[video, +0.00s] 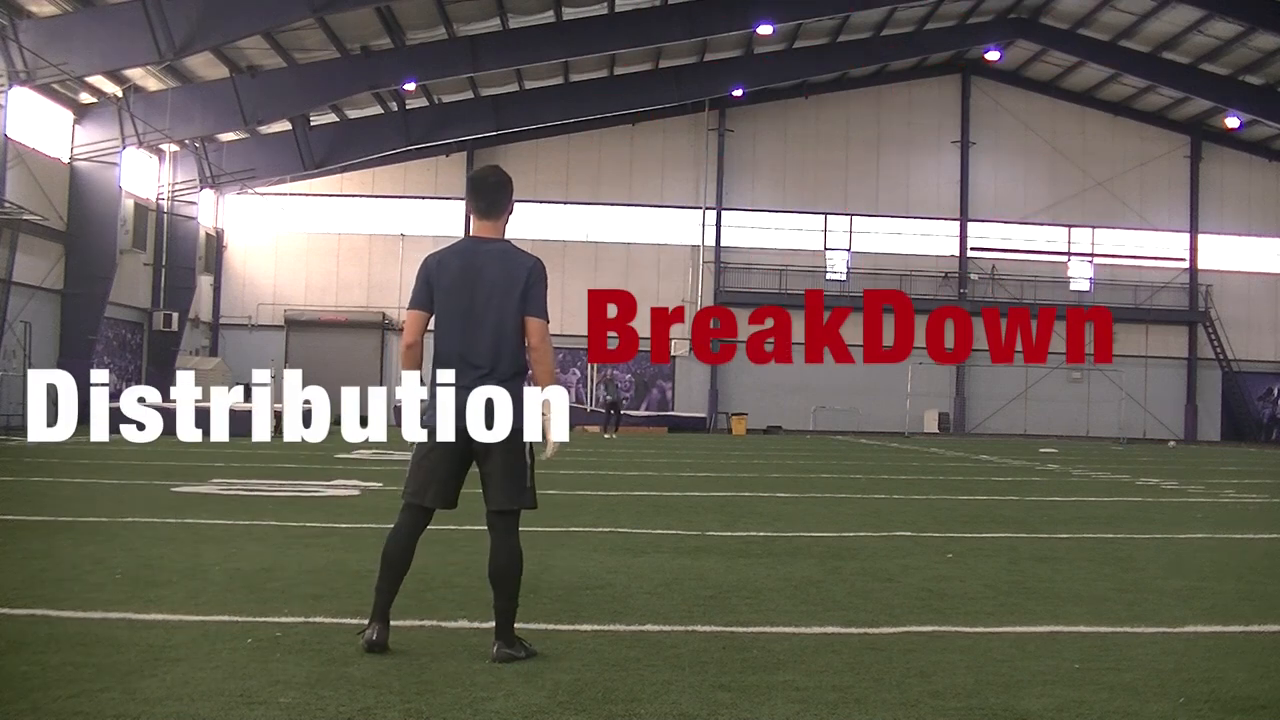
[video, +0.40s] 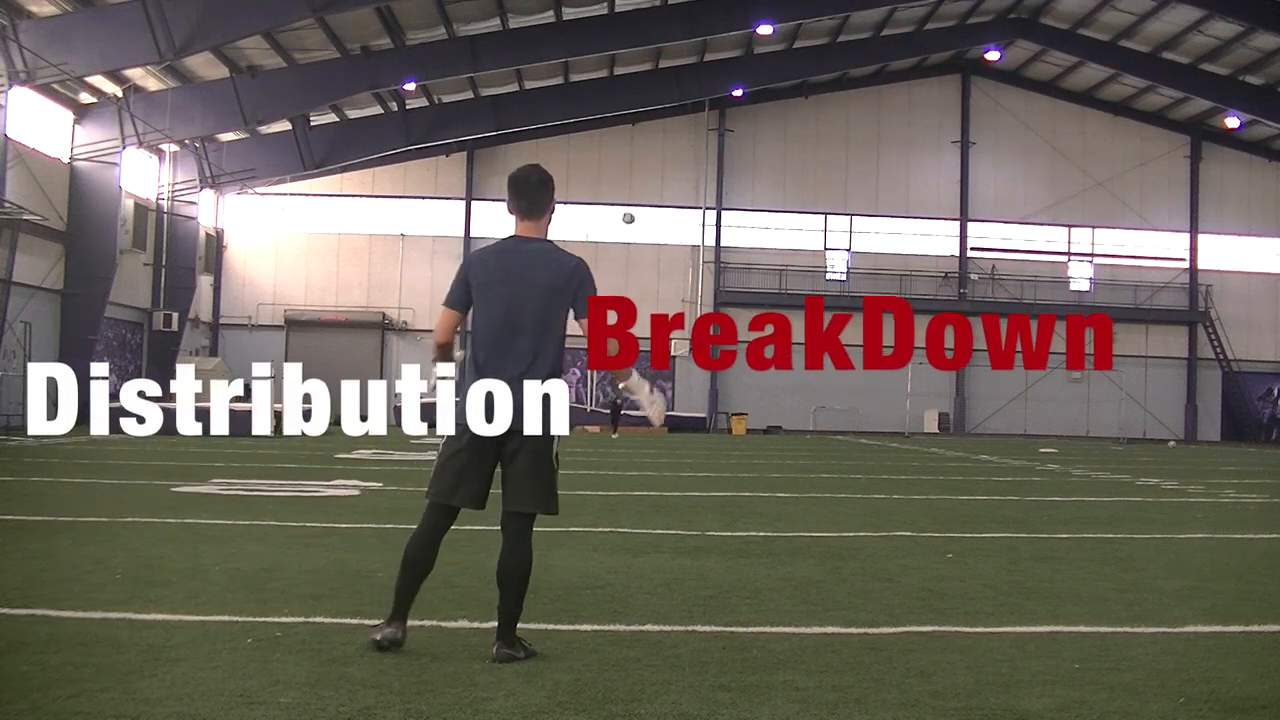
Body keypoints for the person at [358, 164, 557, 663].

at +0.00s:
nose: (507, 211)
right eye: (512, 204)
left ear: (467, 206)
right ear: (512, 207)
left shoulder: (436, 263)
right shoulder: (528, 267)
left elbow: (412, 339)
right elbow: (536, 342)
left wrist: (412, 395)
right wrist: (552, 412)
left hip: (443, 411)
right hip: (502, 414)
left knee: (412, 515)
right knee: (504, 527)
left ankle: (377, 623)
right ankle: (505, 638)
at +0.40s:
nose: (543, 210)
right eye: (550, 201)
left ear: (508, 207)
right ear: (552, 206)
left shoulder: (479, 260)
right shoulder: (571, 268)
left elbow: (442, 335)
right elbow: (601, 338)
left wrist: (446, 349)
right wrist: (625, 378)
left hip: (477, 411)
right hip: (536, 416)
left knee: (435, 516)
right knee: (517, 528)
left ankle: (395, 621)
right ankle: (505, 639)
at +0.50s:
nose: (563, 209)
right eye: (565, 201)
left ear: (520, 205)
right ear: (563, 205)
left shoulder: (487, 261)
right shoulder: (582, 267)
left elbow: (473, 340)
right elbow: (598, 343)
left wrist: (516, 326)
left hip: (484, 407)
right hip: (541, 413)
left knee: (447, 518)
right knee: (521, 529)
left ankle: (421, 629)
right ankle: (506, 639)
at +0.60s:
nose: (570, 210)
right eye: (573, 203)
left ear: (528, 206)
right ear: (571, 206)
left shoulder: (497, 259)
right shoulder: (589, 265)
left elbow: (493, 324)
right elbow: (595, 341)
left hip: (491, 407)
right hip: (547, 415)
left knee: (468, 519)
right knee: (526, 529)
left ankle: (458, 629)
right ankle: (507, 638)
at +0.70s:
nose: (570, 210)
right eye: (575, 201)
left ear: (533, 207)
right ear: (578, 206)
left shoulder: (505, 259)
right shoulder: (595, 266)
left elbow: (496, 326)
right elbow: (613, 339)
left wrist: (548, 325)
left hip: (501, 413)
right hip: (556, 420)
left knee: (495, 529)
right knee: (533, 534)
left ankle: (481, 647)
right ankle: (510, 638)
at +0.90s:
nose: (601, 207)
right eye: (603, 200)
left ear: (557, 205)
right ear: (601, 204)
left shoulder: (528, 261)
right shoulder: (616, 262)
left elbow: (535, 323)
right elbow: (644, 326)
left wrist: (603, 325)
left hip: (530, 416)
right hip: (590, 421)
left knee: (508, 534)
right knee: (621, 523)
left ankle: (484, 652)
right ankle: (586, 634)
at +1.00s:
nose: (621, 209)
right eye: (624, 201)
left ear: (580, 204)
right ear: (626, 204)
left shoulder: (551, 262)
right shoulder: (641, 266)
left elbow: (547, 330)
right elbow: (685, 326)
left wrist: (606, 324)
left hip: (550, 426)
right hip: (614, 430)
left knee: (519, 536)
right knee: (657, 535)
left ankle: (487, 651)